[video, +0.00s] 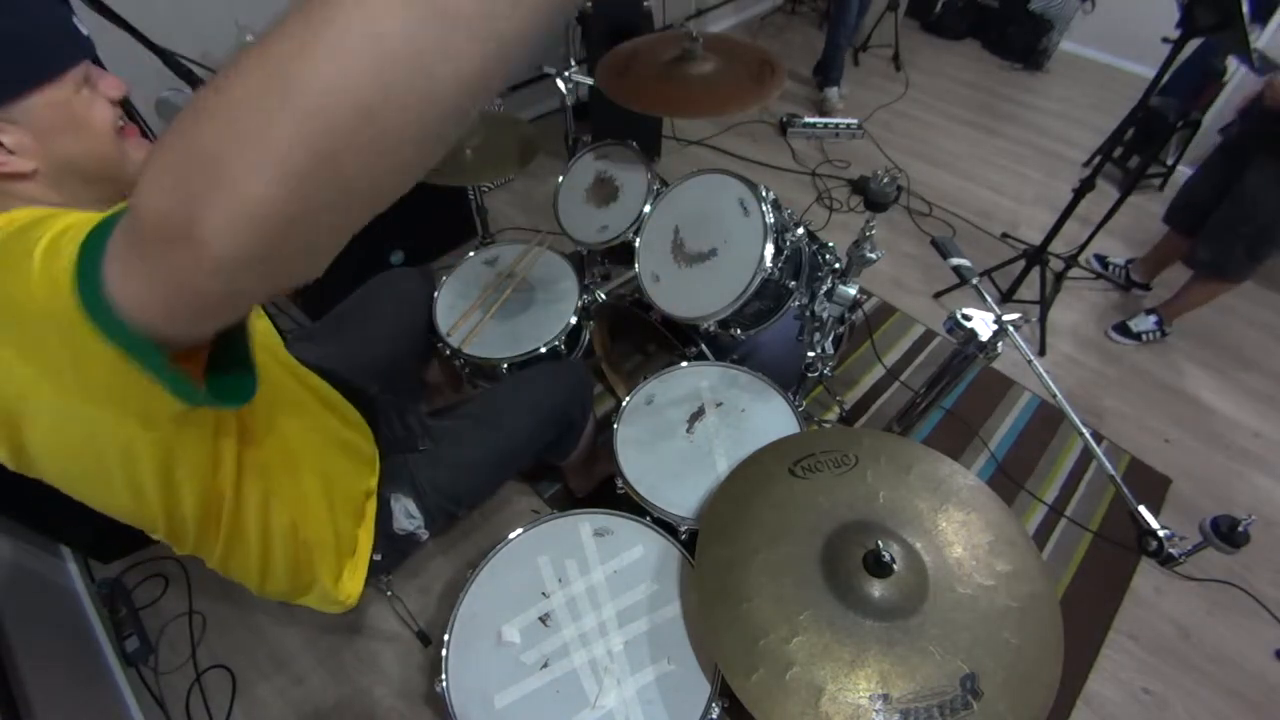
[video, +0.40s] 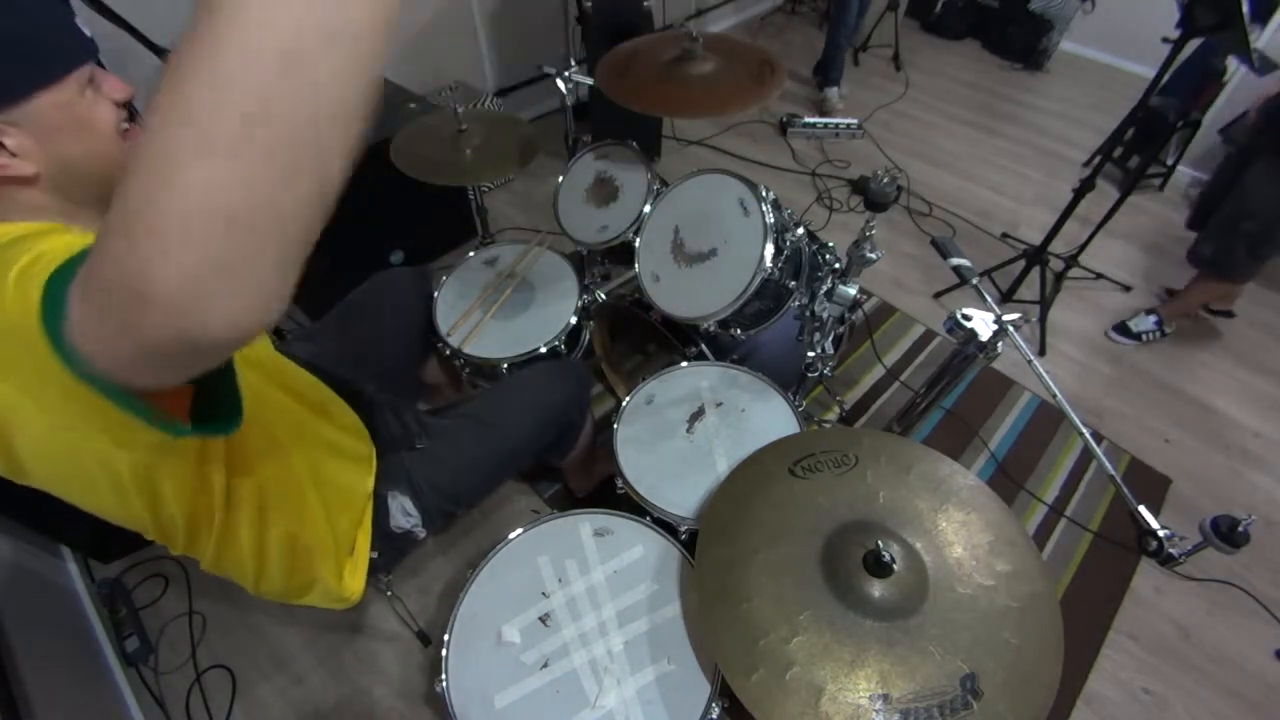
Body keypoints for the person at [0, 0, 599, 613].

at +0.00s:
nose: (117, 89)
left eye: (95, 73)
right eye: (83, 84)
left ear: (16, 154)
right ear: (11, 151)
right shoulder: (37, 282)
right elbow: (212, 236)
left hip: (286, 394)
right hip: (346, 513)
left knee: (413, 288)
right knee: (563, 378)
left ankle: (426, 396)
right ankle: (575, 471)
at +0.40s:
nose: (122, 92)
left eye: (99, 73)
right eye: (87, 85)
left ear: (19, 155)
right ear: (13, 151)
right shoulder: (34, 297)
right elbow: (187, 304)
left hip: (285, 395)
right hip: (344, 512)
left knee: (408, 285)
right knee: (564, 374)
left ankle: (428, 394)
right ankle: (577, 474)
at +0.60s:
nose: (125, 101)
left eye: (115, 84)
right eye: (97, 97)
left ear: (28, 172)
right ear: (26, 171)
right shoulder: (25, 333)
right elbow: (173, 381)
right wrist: (191, 2)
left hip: (294, 391)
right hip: (352, 513)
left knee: (404, 280)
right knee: (557, 370)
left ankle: (425, 395)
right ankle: (572, 469)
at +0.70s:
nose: (160, 154)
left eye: (142, 127)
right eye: (125, 139)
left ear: (37, 182)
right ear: (38, 188)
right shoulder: (27, 325)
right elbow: (181, 422)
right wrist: (180, 41)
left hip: (293, 392)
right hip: (355, 514)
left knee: (402, 280)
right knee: (556, 367)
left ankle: (423, 400)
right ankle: (565, 469)